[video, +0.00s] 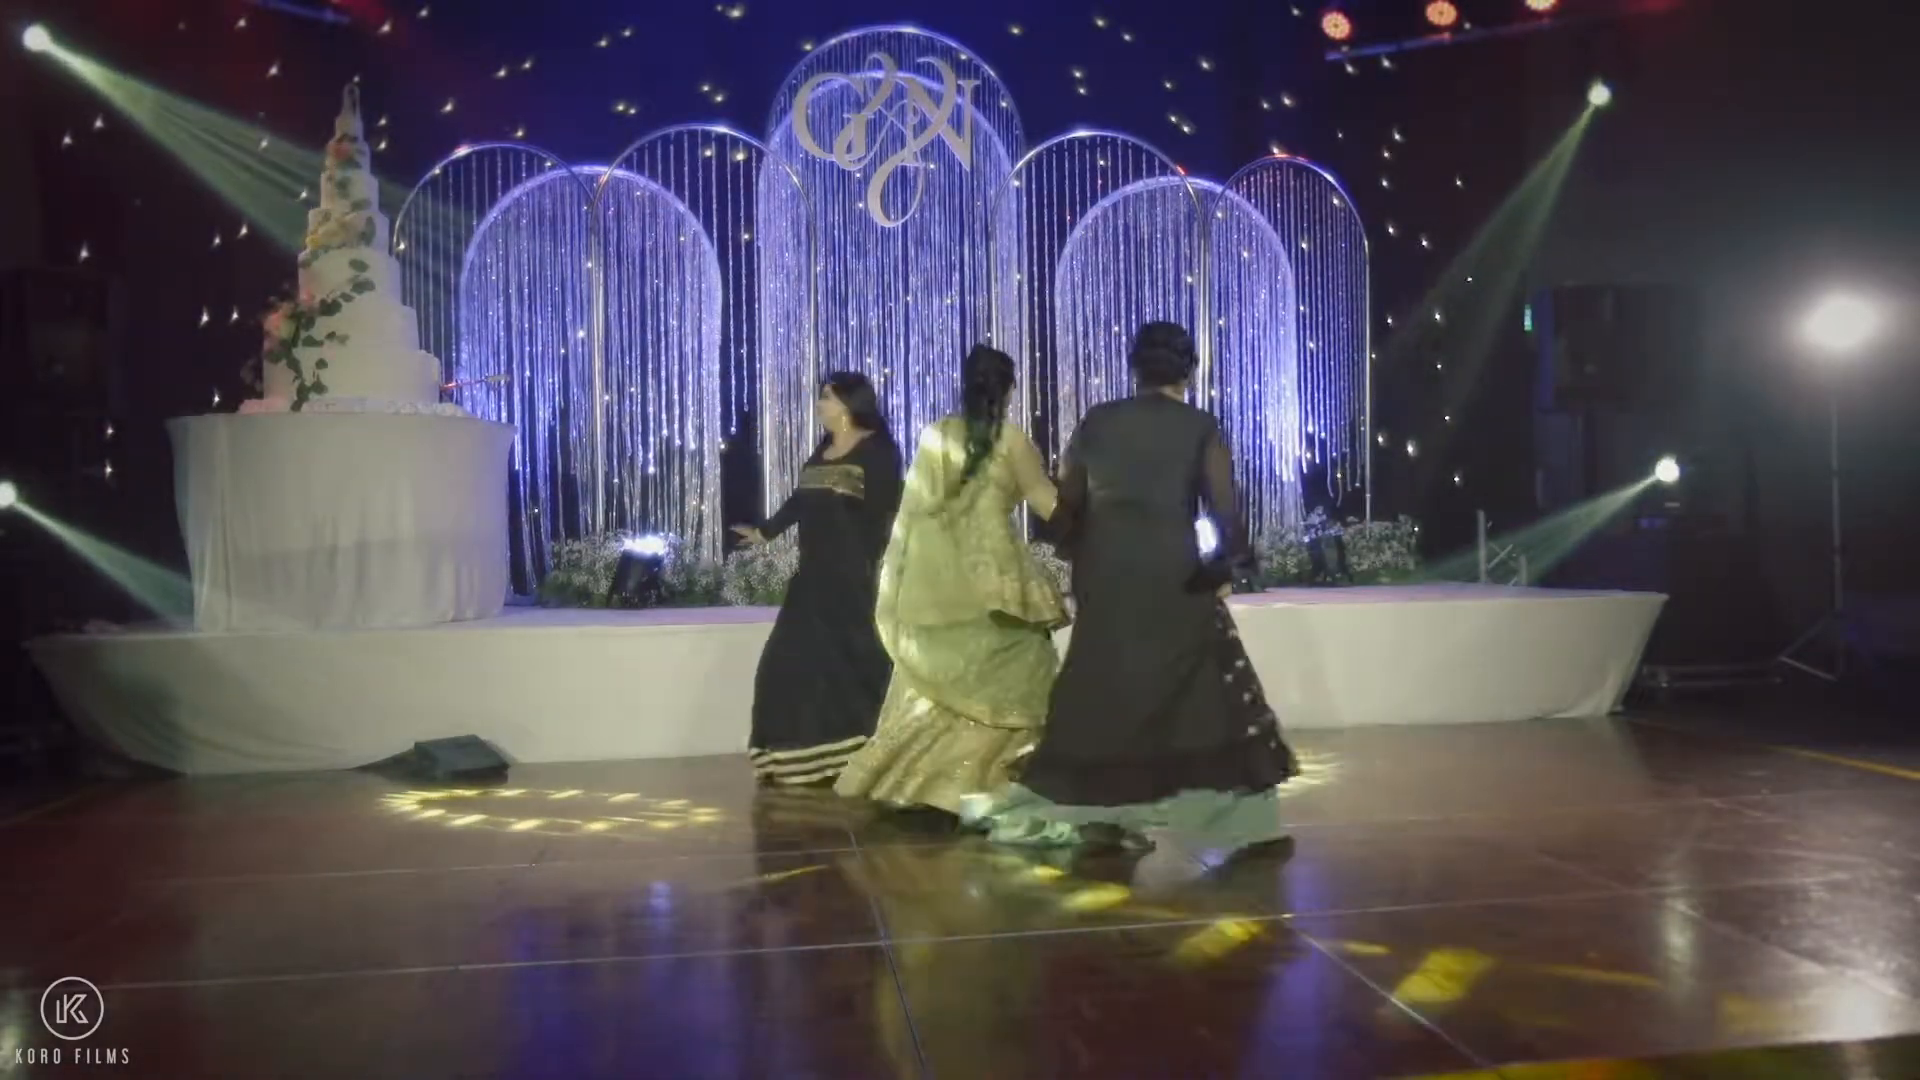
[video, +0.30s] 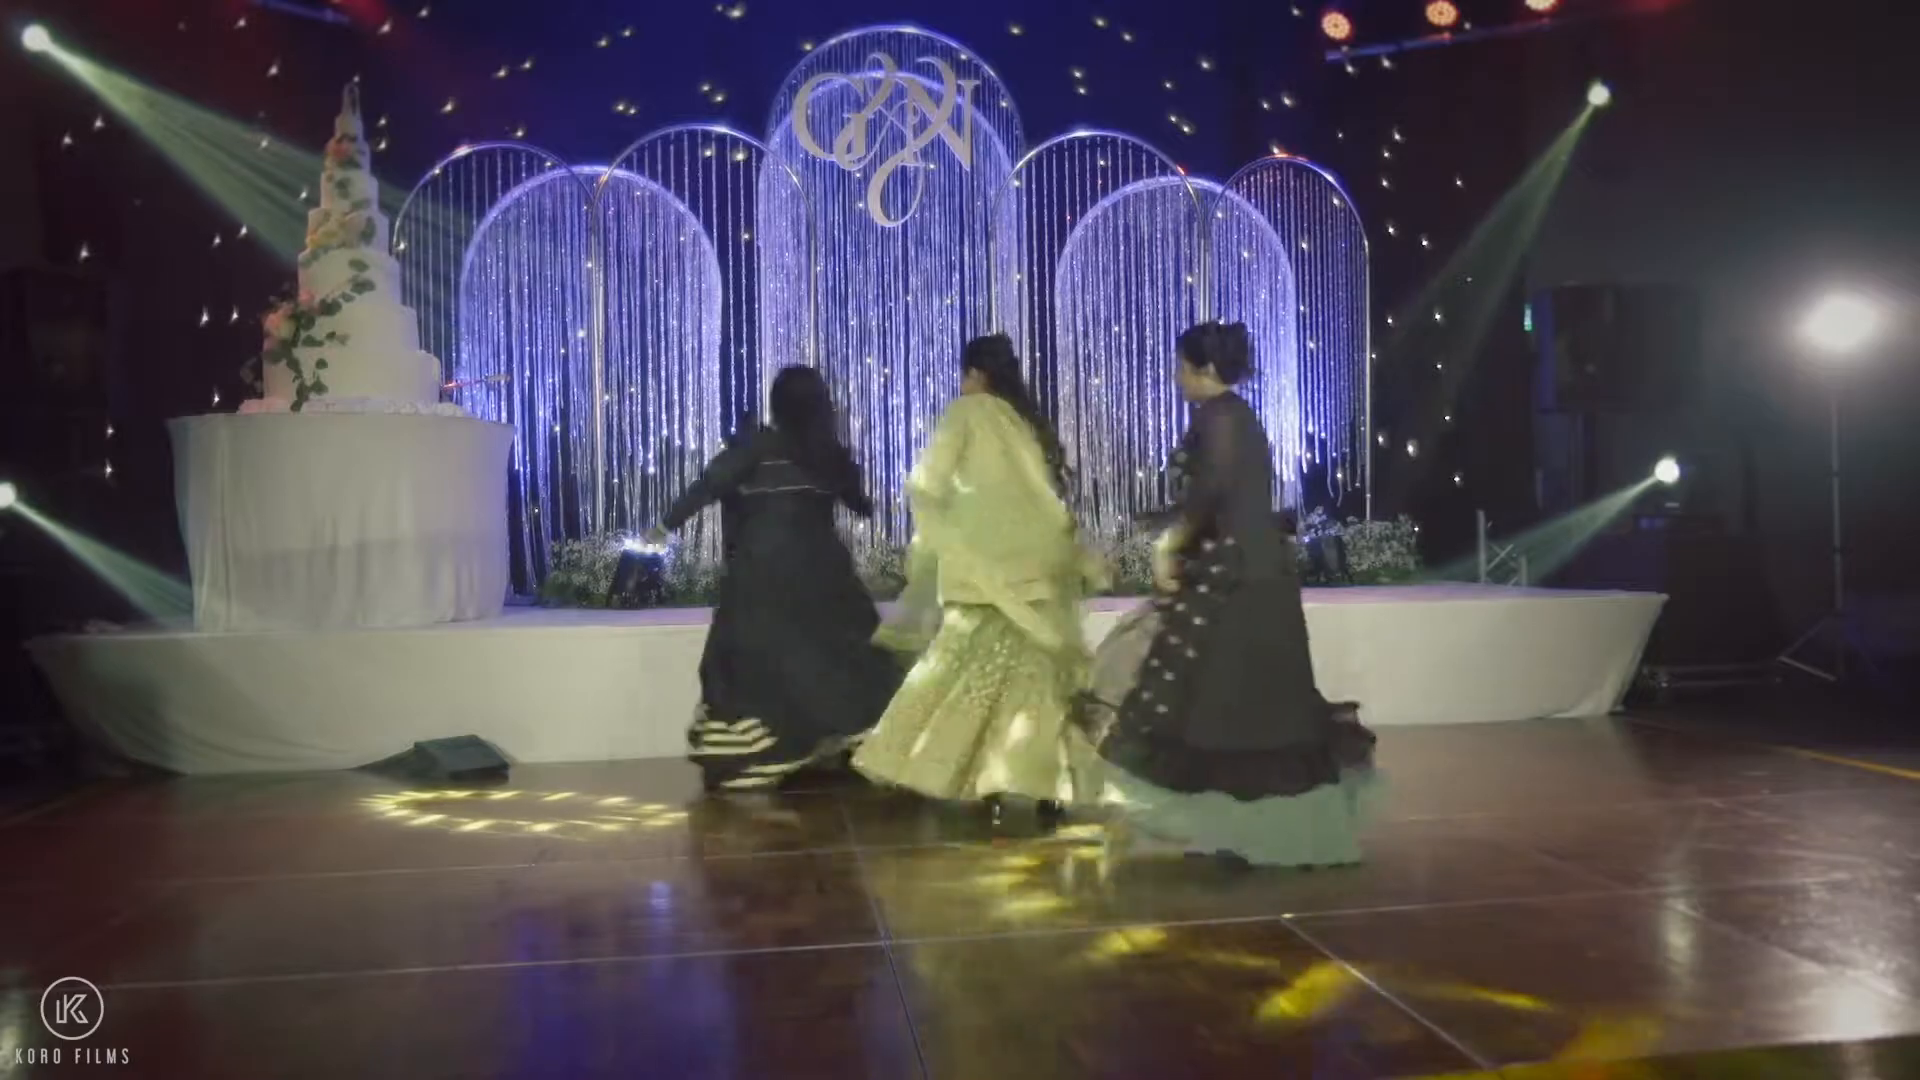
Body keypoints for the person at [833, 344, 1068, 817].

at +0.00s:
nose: (1006, 392)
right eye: (1007, 385)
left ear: (965, 385)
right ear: (1007, 389)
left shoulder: (934, 436)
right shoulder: (1012, 442)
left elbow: (908, 516)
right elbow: (1053, 509)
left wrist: (889, 584)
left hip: (930, 582)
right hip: (989, 581)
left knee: (930, 680)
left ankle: (916, 785)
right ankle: (979, 785)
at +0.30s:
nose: (962, 383)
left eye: (965, 375)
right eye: (964, 375)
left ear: (978, 375)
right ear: (1009, 377)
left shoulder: (965, 412)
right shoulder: (1031, 424)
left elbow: (927, 480)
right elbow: (1053, 505)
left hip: (978, 571)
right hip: (1037, 571)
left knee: (971, 678)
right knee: (1037, 677)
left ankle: (979, 791)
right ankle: (1045, 788)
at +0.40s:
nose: (961, 380)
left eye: (964, 371)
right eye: (962, 371)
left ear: (982, 371)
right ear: (1003, 369)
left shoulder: (974, 409)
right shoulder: (1024, 413)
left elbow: (960, 474)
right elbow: (1049, 487)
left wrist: (929, 502)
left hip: (997, 558)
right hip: (1050, 555)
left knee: (998, 678)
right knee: (1052, 674)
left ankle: (1009, 795)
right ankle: (1051, 796)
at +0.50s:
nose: (959, 381)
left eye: (965, 372)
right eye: (959, 372)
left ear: (989, 372)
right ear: (993, 373)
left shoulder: (993, 413)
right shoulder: (1009, 412)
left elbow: (985, 476)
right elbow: (989, 482)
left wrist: (932, 493)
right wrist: (943, 490)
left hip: (1012, 574)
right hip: (1032, 570)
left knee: (995, 686)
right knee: (1033, 689)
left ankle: (1004, 795)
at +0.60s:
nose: (959, 385)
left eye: (963, 376)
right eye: (959, 376)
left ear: (990, 377)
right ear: (991, 377)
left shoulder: (1009, 419)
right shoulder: (998, 423)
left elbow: (1013, 487)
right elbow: (997, 492)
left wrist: (953, 493)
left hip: (1027, 581)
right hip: (1007, 579)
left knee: (1015, 689)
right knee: (1007, 689)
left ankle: (1024, 801)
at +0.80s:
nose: (967, 381)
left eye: (975, 371)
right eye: (963, 372)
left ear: (1002, 372)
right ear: (966, 377)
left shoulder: (1031, 416)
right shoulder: (973, 431)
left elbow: (1053, 486)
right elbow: (955, 499)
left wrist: (992, 495)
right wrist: (919, 545)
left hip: (1034, 572)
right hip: (983, 575)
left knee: (1035, 681)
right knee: (982, 681)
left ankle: (1048, 794)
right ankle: (985, 799)